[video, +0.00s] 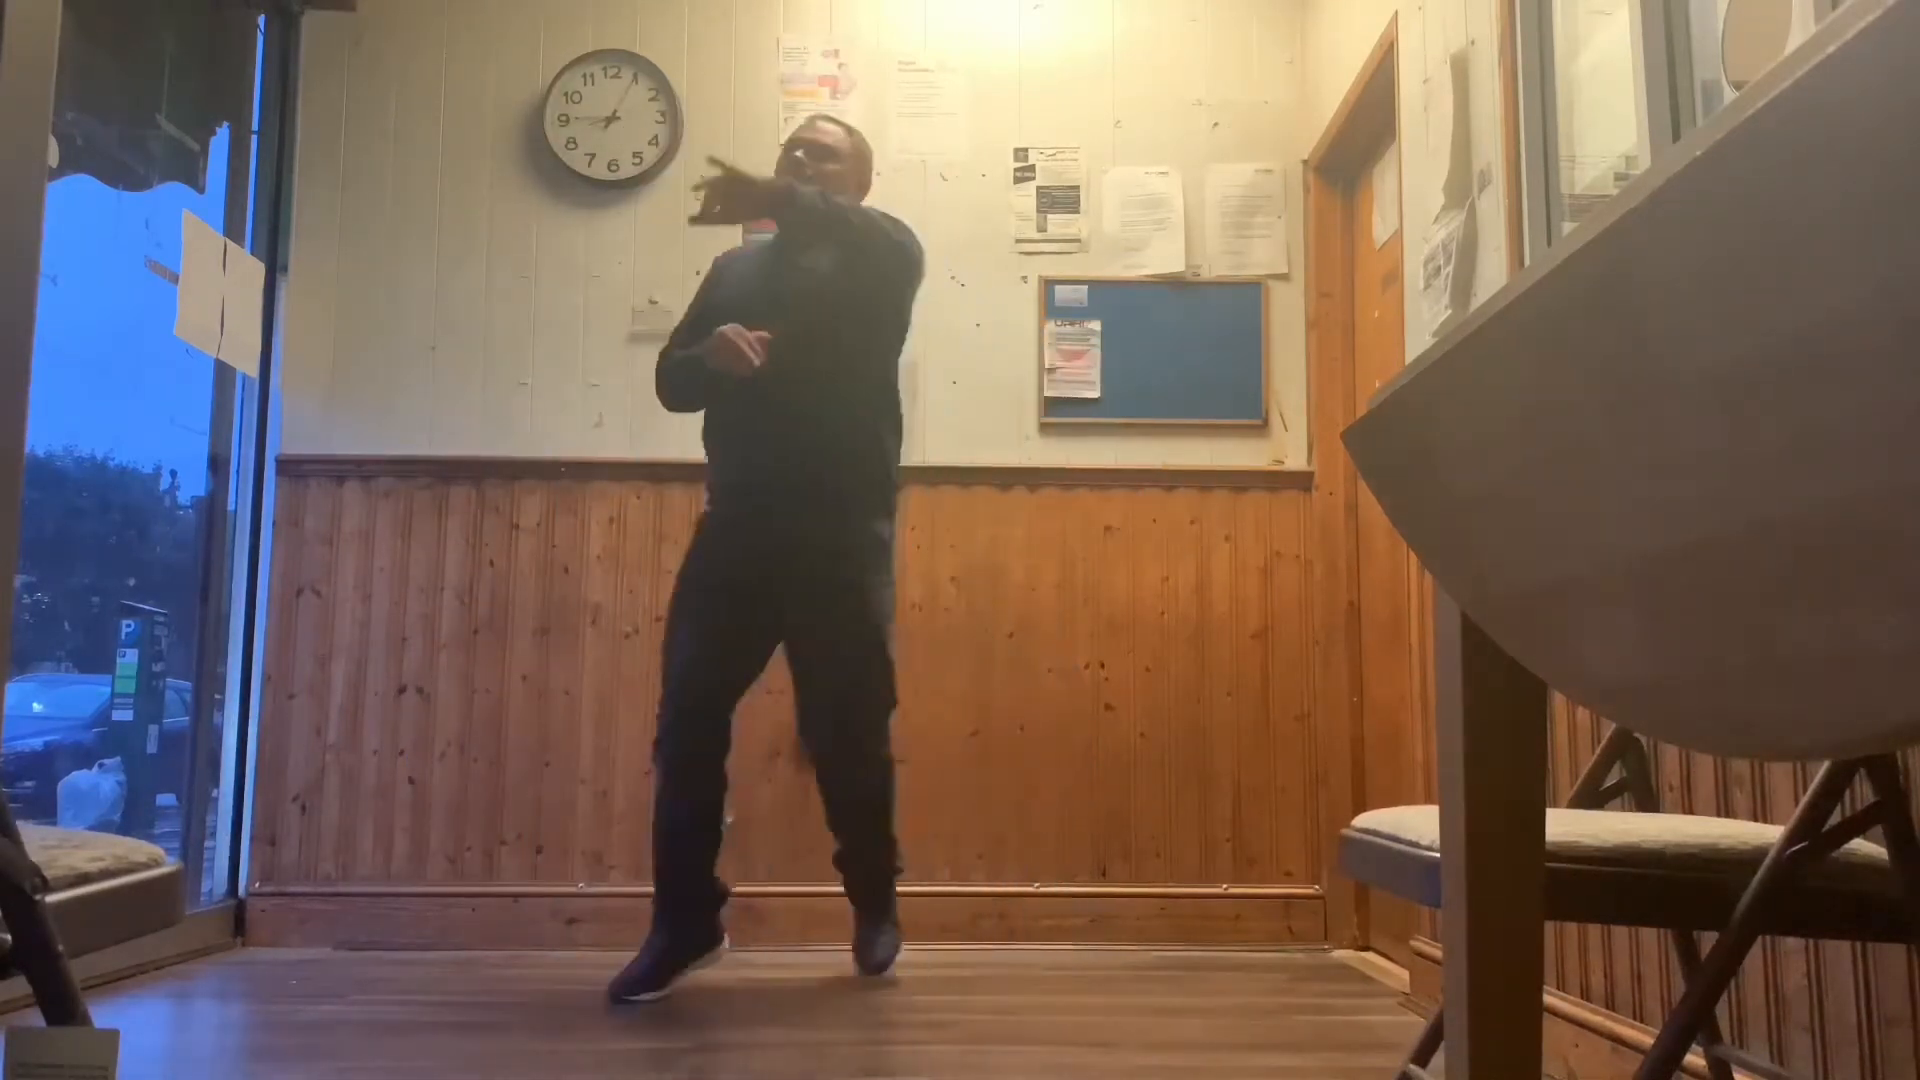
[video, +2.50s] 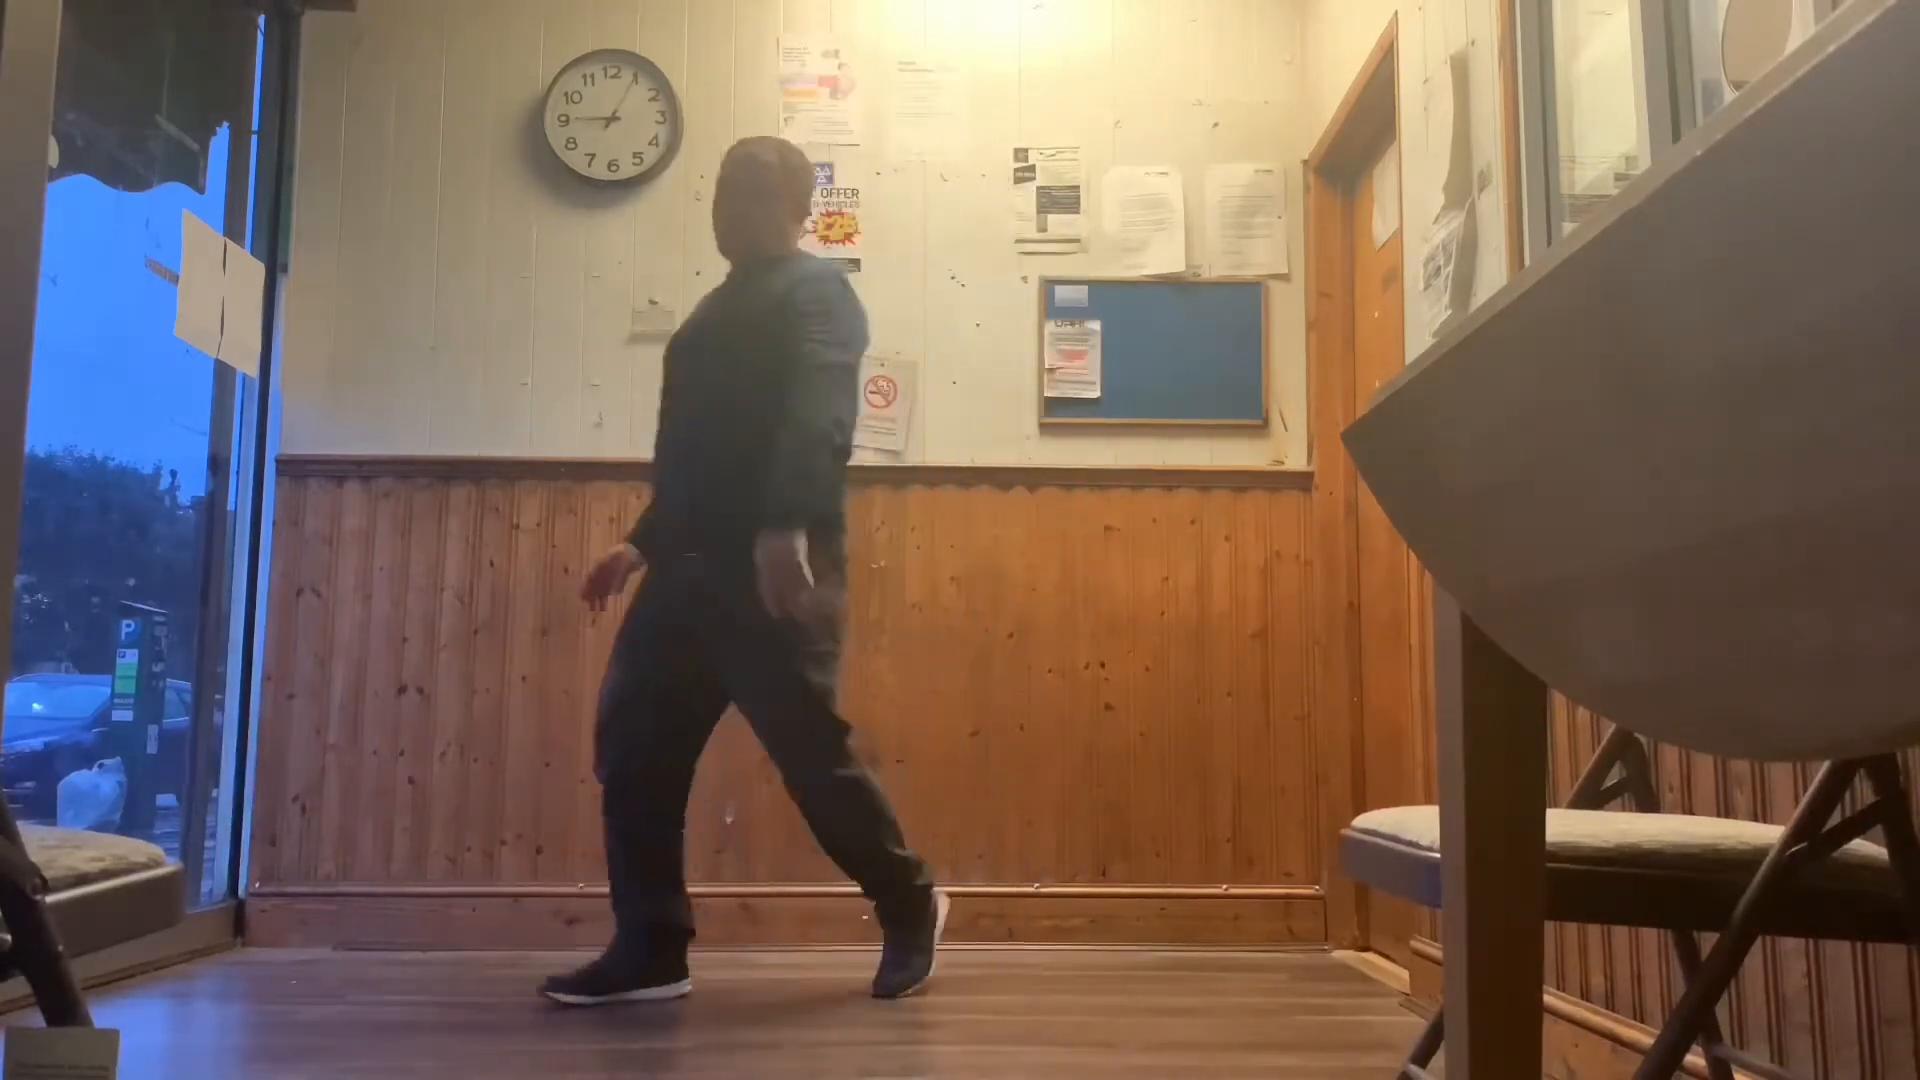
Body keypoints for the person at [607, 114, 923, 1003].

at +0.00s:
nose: (805, 162)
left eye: (828, 153)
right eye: (794, 152)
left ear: (864, 186)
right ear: (774, 175)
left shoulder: (887, 255)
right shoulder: (736, 268)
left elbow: (881, 244)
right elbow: (671, 380)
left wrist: (771, 195)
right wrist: (711, 358)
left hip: (843, 529)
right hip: (739, 526)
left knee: (849, 730)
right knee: (688, 724)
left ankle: (873, 909)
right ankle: (686, 919)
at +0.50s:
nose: (698, 255)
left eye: (718, 241)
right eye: (692, 237)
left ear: (765, 246)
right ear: (681, 238)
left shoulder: (802, 370)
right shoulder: (642, 312)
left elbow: (816, 518)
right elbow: (581, 240)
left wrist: (784, 628)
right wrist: (628, 171)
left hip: (691, 577)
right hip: (596, 569)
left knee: (572, 738)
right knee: (564, 757)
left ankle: (537, 978)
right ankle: (691, 929)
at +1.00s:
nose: (812, 188)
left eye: (823, 177)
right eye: (796, 171)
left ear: (830, 194)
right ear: (749, 176)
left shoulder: (845, 287)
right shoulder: (697, 261)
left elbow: (877, 415)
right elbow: (710, 169)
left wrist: (900, 537)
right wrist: (814, 82)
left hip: (829, 535)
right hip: (719, 537)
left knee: (860, 731)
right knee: (723, 746)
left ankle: (890, 929)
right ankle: (735, 927)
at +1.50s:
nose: (982, 226)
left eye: (990, 210)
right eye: (962, 208)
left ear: (998, 215)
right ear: (919, 207)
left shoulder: (998, 293)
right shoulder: (849, 284)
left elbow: (1080, 293)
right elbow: (730, 378)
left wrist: (1022, 222)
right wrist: (681, 504)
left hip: (949, 542)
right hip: (872, 538)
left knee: (977, 740)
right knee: (964, 737)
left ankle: (838, 899)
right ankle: (944, 973)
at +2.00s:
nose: (926, 195)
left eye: (941, 181)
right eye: (911, 180)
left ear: (970, 195)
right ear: (885, 190)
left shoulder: (1003, 310)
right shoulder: (830, 286)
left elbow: (1046, 431)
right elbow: (741, 389)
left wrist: (1013, 494)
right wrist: (773, 373)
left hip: (934, 542)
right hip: (825, 528)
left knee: (935, 751)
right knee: (784, 626)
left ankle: (918, 945)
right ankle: (804, 763)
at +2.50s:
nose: (721, 209)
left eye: (741, 194)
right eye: (720, 194)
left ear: (793, 205)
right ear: (721, 208)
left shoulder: (816, 292)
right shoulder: (708, 320)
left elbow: (818, 419)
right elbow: (694, 457)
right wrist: (640, 546)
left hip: (774, 569)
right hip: (690, 570)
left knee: (811, 753)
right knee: (636, 747)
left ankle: (908, 906)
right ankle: (649, 946)